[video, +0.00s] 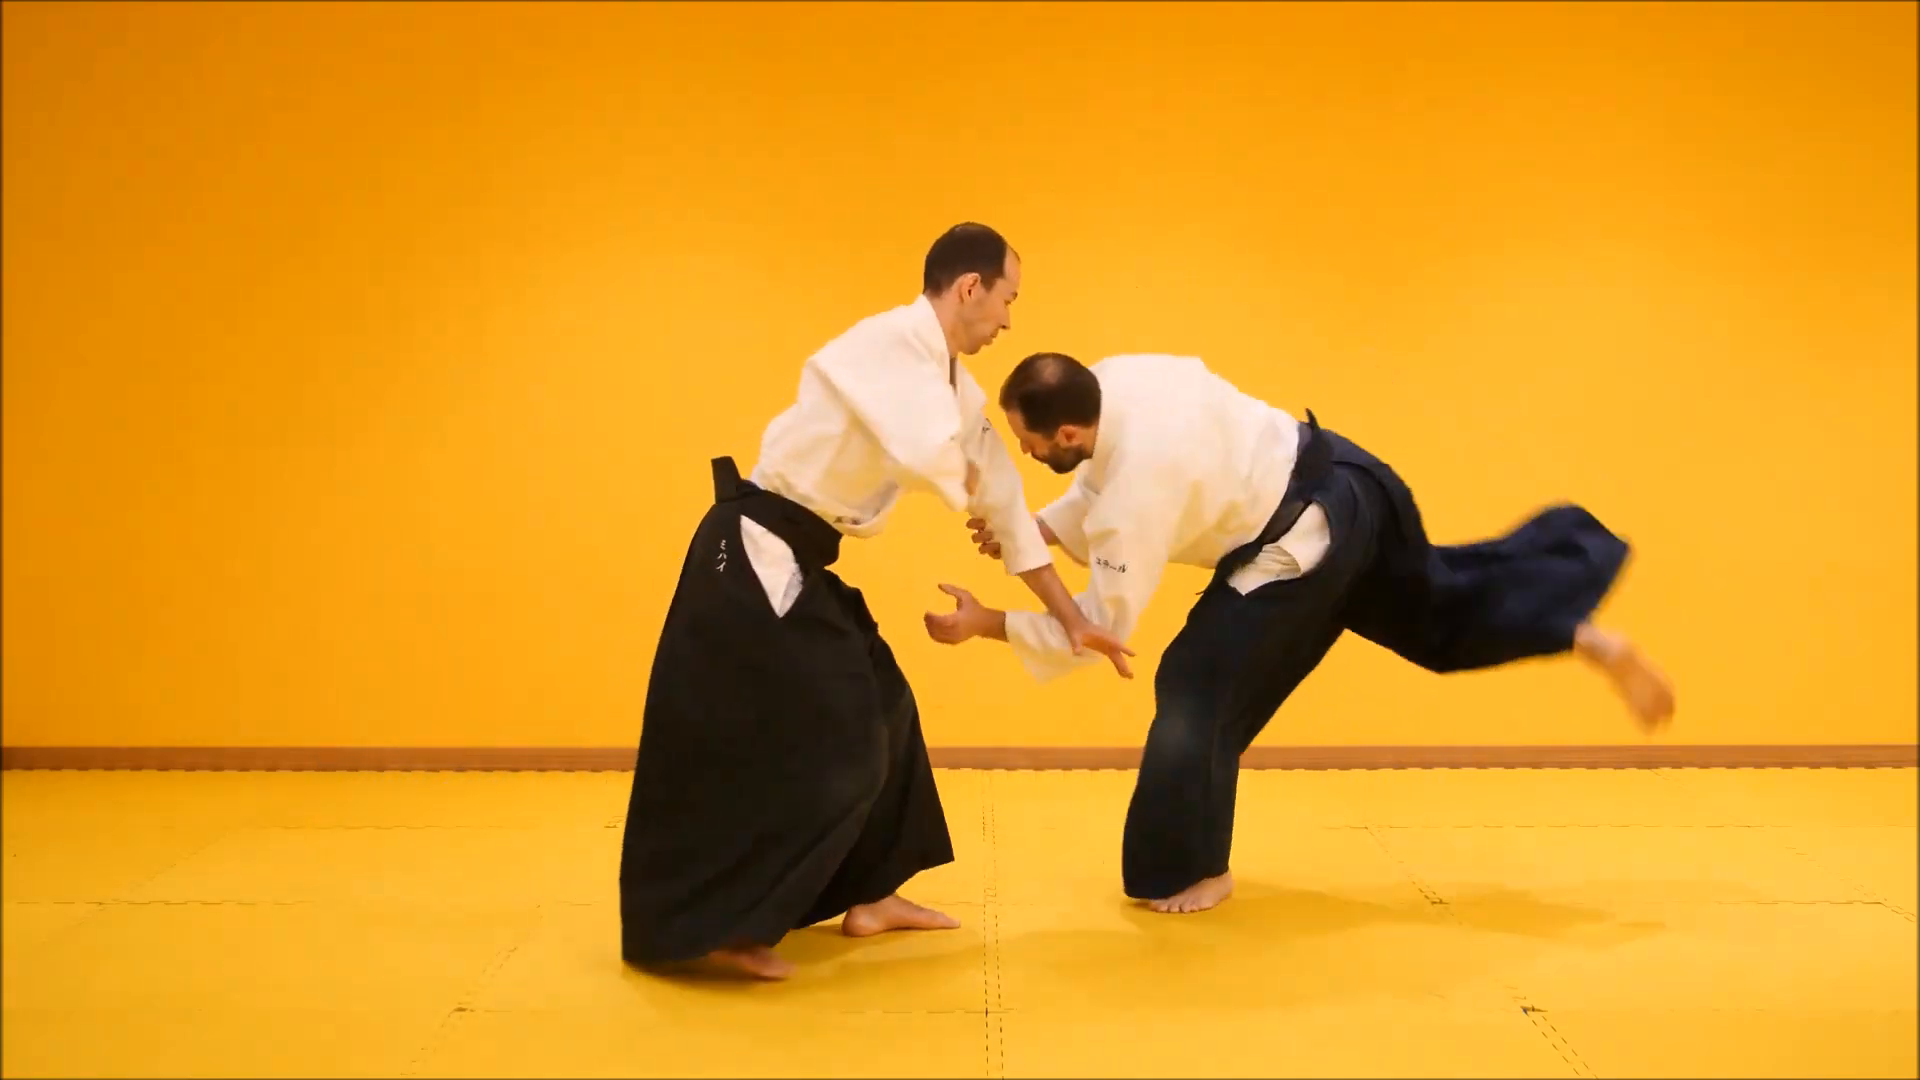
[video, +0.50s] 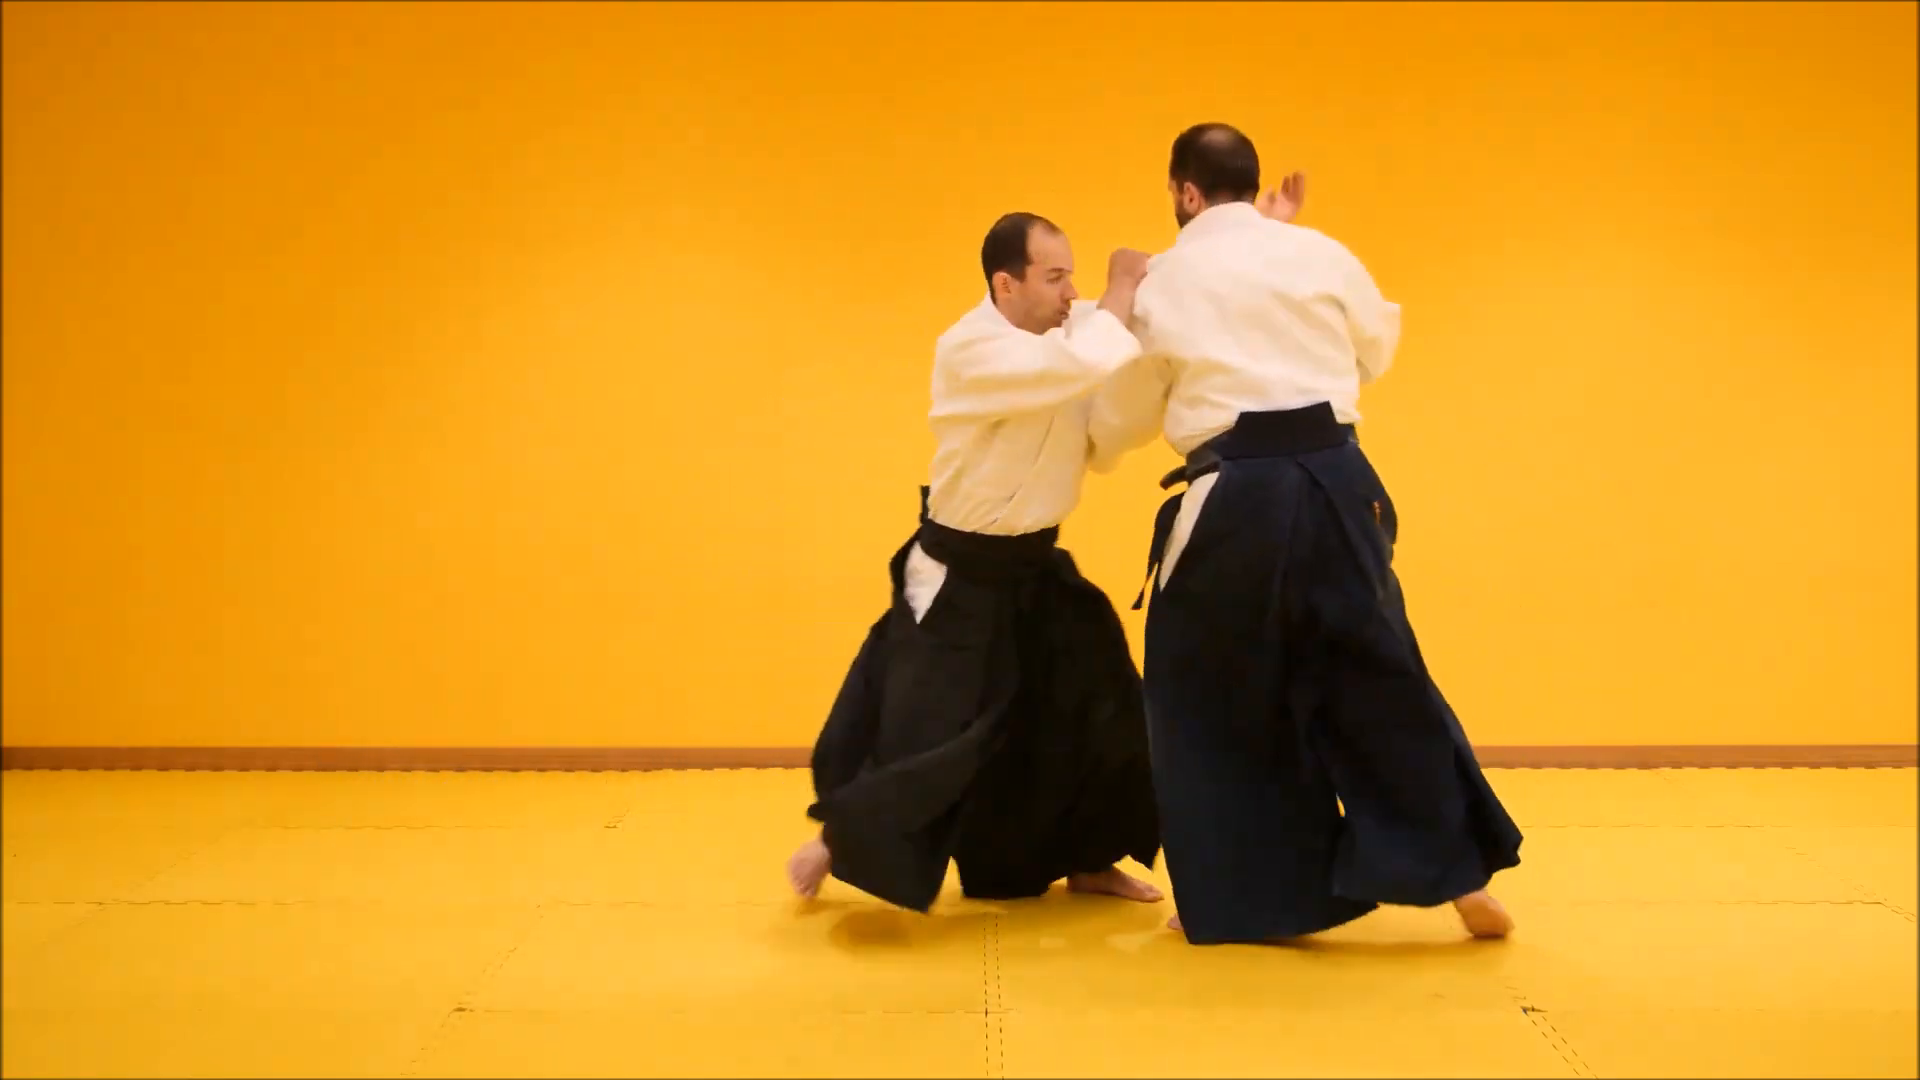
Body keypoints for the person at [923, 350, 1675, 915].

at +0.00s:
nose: (1022, 447)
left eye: (1025, 437)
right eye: (1019, 432)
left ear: (1067, 432)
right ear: (1077, 400)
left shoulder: (1134, 474)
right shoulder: (1121, 383)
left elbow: (1109, 618)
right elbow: (1092, 497)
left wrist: (994, 622)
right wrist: (1017, 540)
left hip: (1298, 540)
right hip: (1337, 473)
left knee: (1195, 687)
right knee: (1437, 619)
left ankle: (1190, 870)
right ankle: (1576, 625)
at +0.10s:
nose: (1059, 416)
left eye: (1056, 406)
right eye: (1056, 405)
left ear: (1073, 396)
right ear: (1104, 358)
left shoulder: (1130, 452)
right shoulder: (1171, 352)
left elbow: (1116, 598)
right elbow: (1148, 476)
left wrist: (1020, 596)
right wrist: (1069, 495)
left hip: (1315, 536)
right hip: (1390, 489)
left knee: (1198, 686)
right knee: (1451, 672)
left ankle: (1206, 870)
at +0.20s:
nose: (1121, 363)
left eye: (1116, 349)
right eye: (1117, 350)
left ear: (1139, 331)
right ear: (1179, 310)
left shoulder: (1173, 387)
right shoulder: (1263, 331)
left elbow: (1121, 542)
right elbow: (1200, 448)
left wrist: (1049, 533)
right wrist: (1114, 472)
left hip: (1317, 531)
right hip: (1414, 509)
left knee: (1195, 685)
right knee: (1442, 713)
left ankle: (1234, 872)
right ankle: (1498, 916)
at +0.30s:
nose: (1167, 297)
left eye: (1166, 284)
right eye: (1164, 286)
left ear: (1190, 272)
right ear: (1243, 262)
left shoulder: (1198, 336)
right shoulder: (1315, 298)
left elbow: (1148, 459)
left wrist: (1073, 482)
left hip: (1303, 517)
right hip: (1406, 500)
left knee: (1175, 668)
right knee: (1444, 705)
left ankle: (1244, 864)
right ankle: (1489, 913)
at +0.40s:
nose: (1179, 239)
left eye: (1179, 227)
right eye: (1179, 228)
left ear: (1198, 223)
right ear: (1265, 216)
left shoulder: (1186, 298)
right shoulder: (1331, 273)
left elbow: (1121, 442)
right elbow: (1341, 379)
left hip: (1271, 498)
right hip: (1373, 483)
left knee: (1168, 682)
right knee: (1422, 687)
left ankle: (1249, 892)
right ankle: (1489, 906)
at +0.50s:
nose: (1169, 202)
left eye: (1169, 191)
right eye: (1171, 190)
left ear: (1184, 192)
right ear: (1257, 183)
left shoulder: (1163, 282)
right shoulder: (1319, 253)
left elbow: (1117, 421)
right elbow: (1373, 353)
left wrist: (1116, 317)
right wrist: (1293, 241)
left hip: (1230, 496)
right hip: (1338, 483)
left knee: (1199, 691)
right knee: (1381, 676)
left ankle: (1211, 896)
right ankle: (1463, 872)